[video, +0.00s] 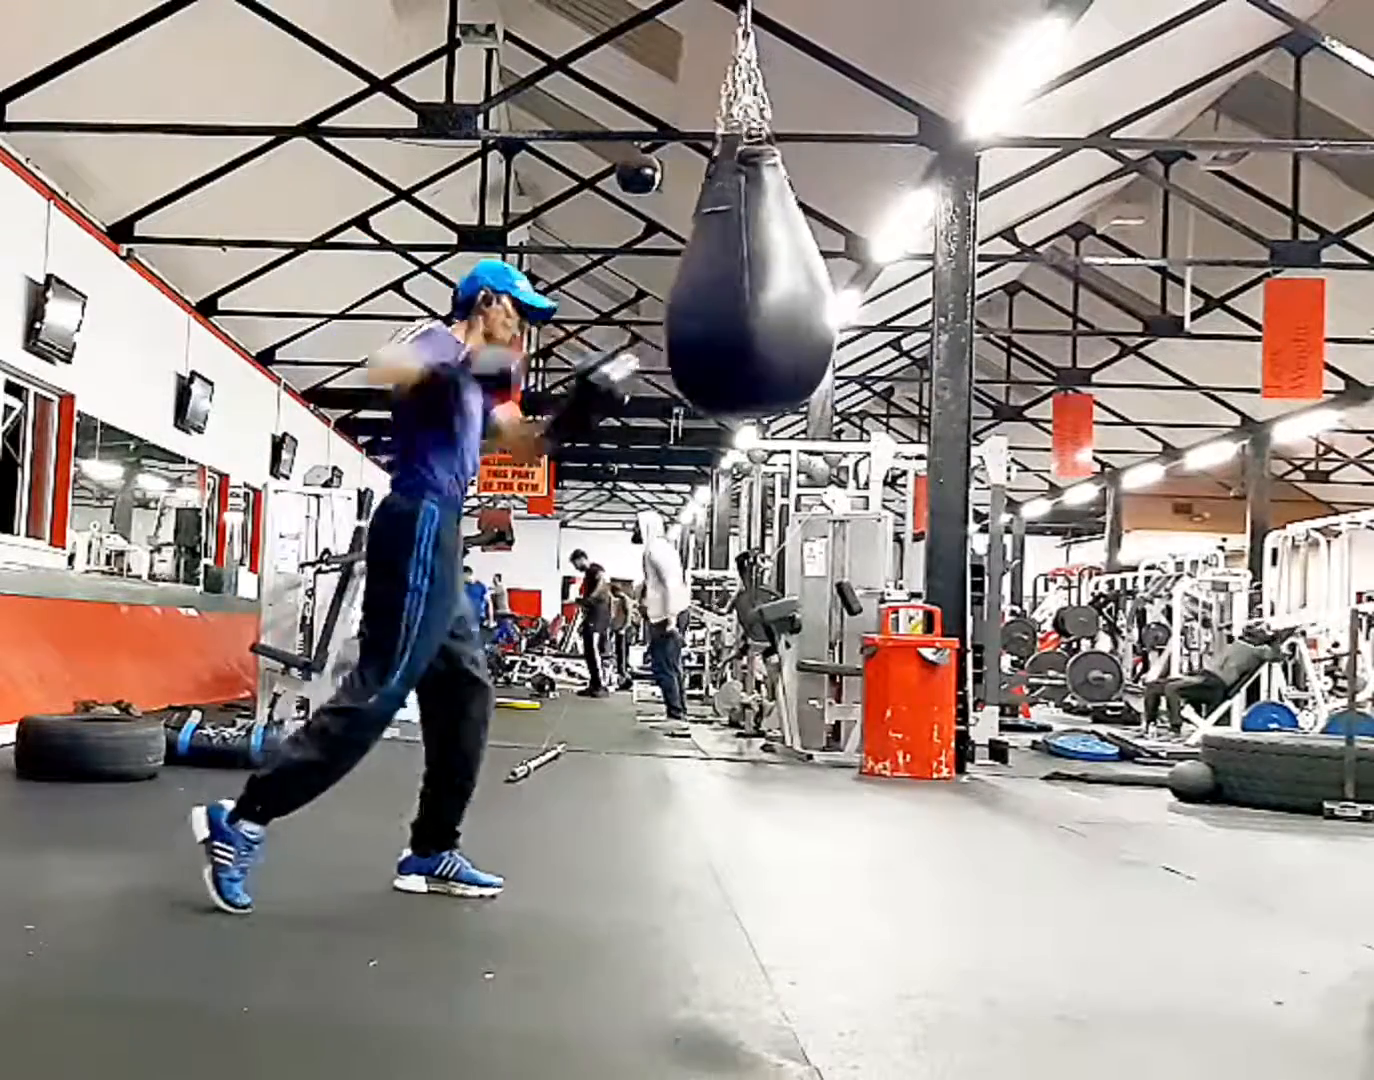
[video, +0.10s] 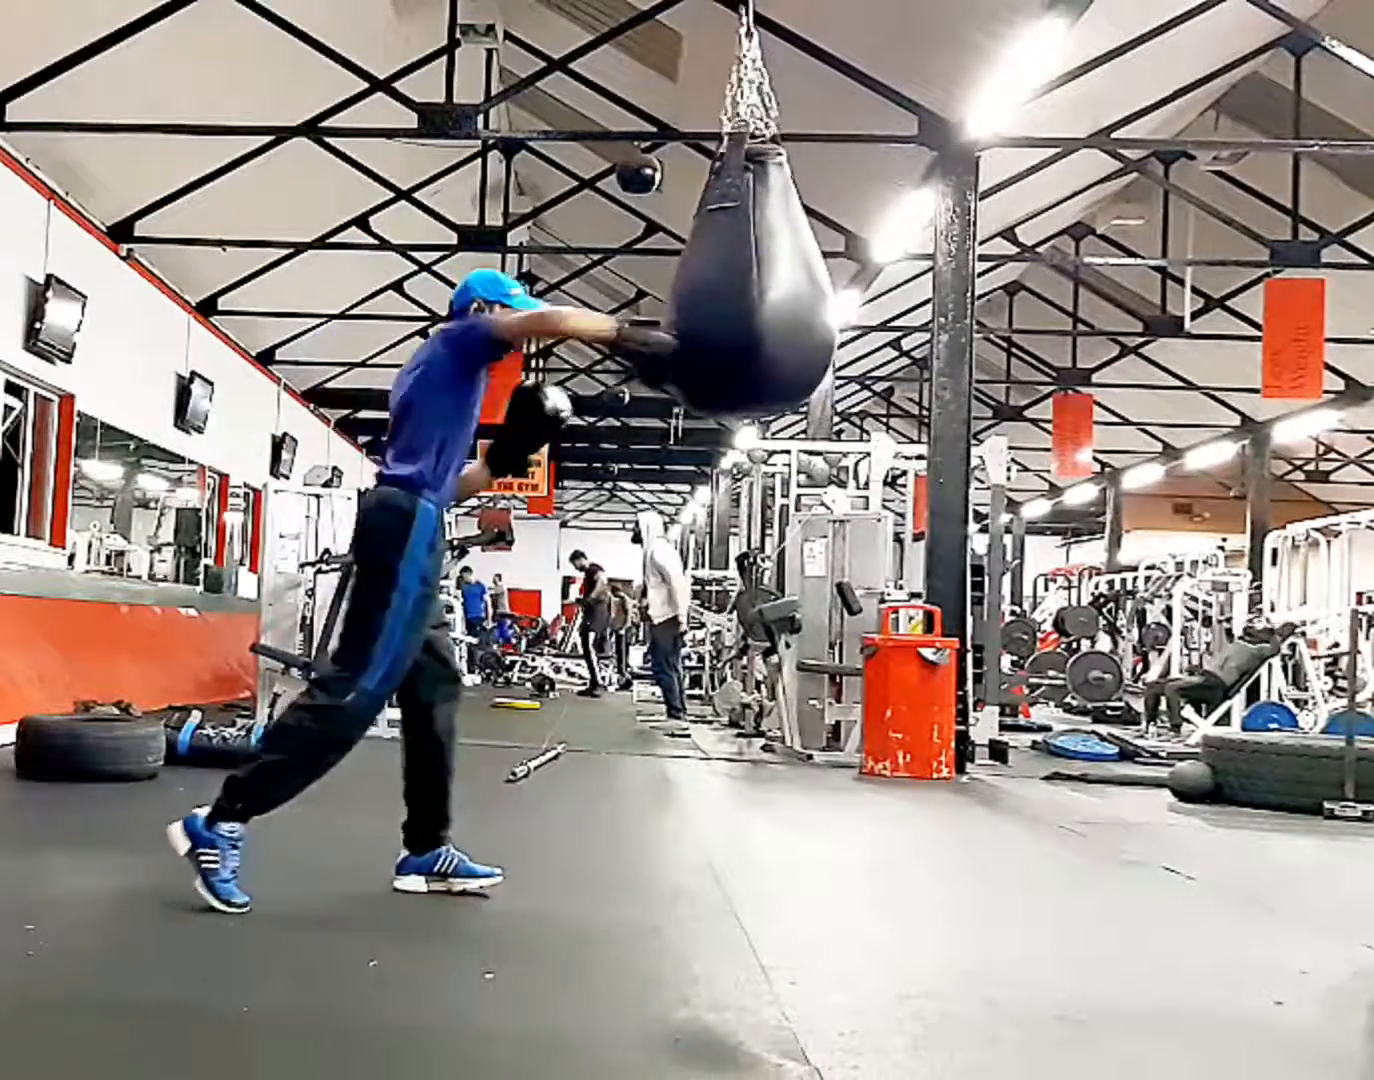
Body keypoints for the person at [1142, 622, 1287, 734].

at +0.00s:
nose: (1255, 634)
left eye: (1258, 633)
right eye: (1257, 632)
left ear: (1258, 639)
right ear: (1255, 636)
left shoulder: (1259, 651)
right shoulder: (1238, 644)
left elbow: (1279, 654)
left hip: (1217, 684)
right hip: (1204, 675)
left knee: (1172, 689)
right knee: (1152, 688)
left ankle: (1175, 730)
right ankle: (1147, 727)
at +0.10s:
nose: (1251, 629)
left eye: (1256, 627)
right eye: (1252, 626)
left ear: (1260, 635)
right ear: (1248, 631)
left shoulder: (1258, 650)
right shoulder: (1236, 644)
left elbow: (1276, 649)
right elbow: (1220, 651)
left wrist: (1272, 633)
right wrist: (1223, 628)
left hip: (1219, 683)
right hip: (1204, 676)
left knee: (1172, 688)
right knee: (1152, 688)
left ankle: (1175, 731)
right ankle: (1147, 727)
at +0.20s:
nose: (1251, 630)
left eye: (1254, 629)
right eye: (1251, 628)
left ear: (1257, 636)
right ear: (1246, 633)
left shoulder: (1257, 650)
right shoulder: (1232, 644)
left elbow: (1273, 644)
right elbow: (1225, 632)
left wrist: (1270, 624)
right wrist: (1223, 617)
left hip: (1218, 683)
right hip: (1203, 678)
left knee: (1172, 688)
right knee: (1152, 687)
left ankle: (1175, 730)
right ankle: (1148, 727)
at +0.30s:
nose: (1252, 625)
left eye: (1259, 625)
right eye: (1252, 623)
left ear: (1263, 634)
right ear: (1247, 629)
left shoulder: (1259, 650)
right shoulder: (1235, 643)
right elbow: (1227, 626)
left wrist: (1270, 616)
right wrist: (1224, 609)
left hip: (1217, 684)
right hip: (1203, 677)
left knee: (1172, 688)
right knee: (1152, 687)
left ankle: (1175, 730)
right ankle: (1147, 727)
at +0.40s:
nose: (1253, 628)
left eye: (1257, 627)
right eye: (1256, 626)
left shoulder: (1256, 652)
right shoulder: (1236, 642)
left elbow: (1266, 634)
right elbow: (1230, 628)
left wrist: (1269, 611)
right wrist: (1226, 609)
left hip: (1219, 683)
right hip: (1205, 676)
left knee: (1172, 688)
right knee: (1152, 687)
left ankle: (1175, 730)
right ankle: (1148, 727)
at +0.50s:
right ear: (1250, 634)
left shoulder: (1255, 654)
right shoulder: (1236, 644)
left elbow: (1266, 633)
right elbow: (1227, 634)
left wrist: (1269, 610)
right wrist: (1224, 609)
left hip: (1218, 683)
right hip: (1205, 677)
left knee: (1172, 689)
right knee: (1153, 687)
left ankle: (1176, 730)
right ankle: (1147, 727)